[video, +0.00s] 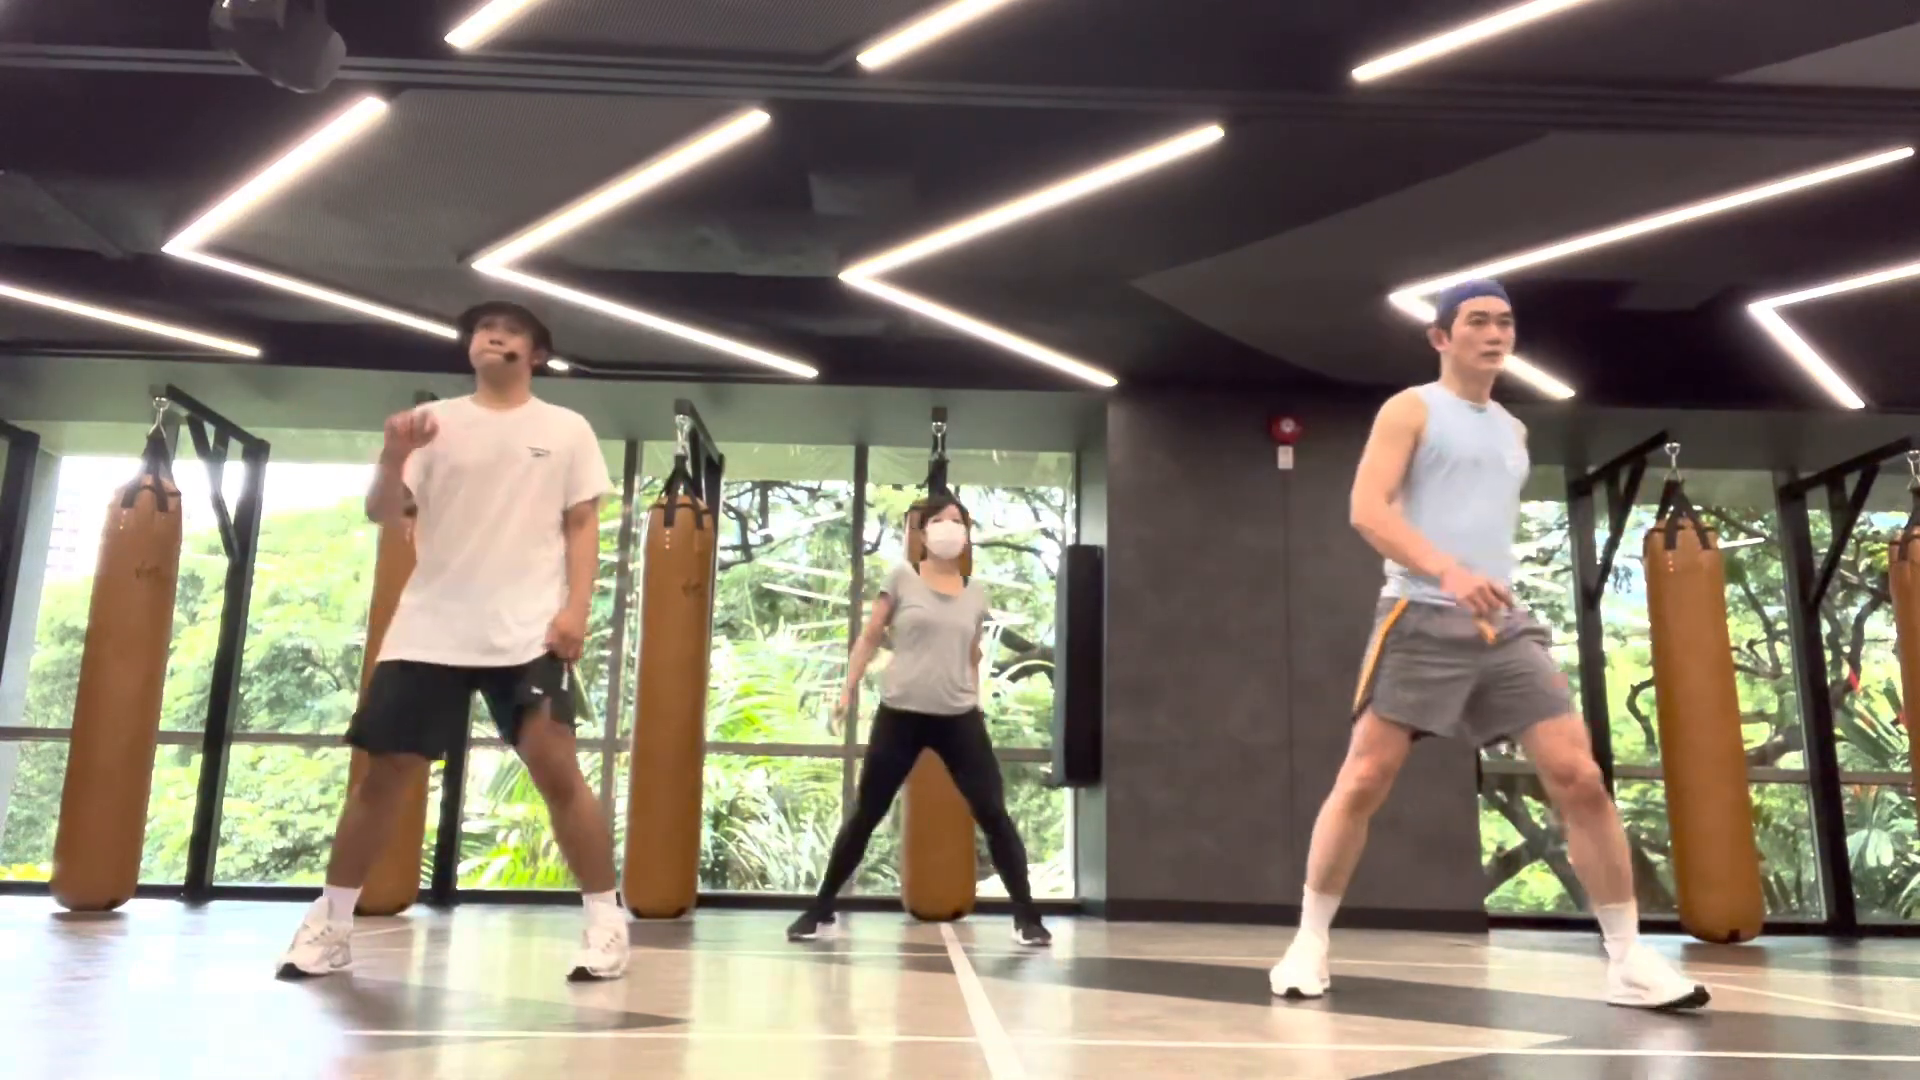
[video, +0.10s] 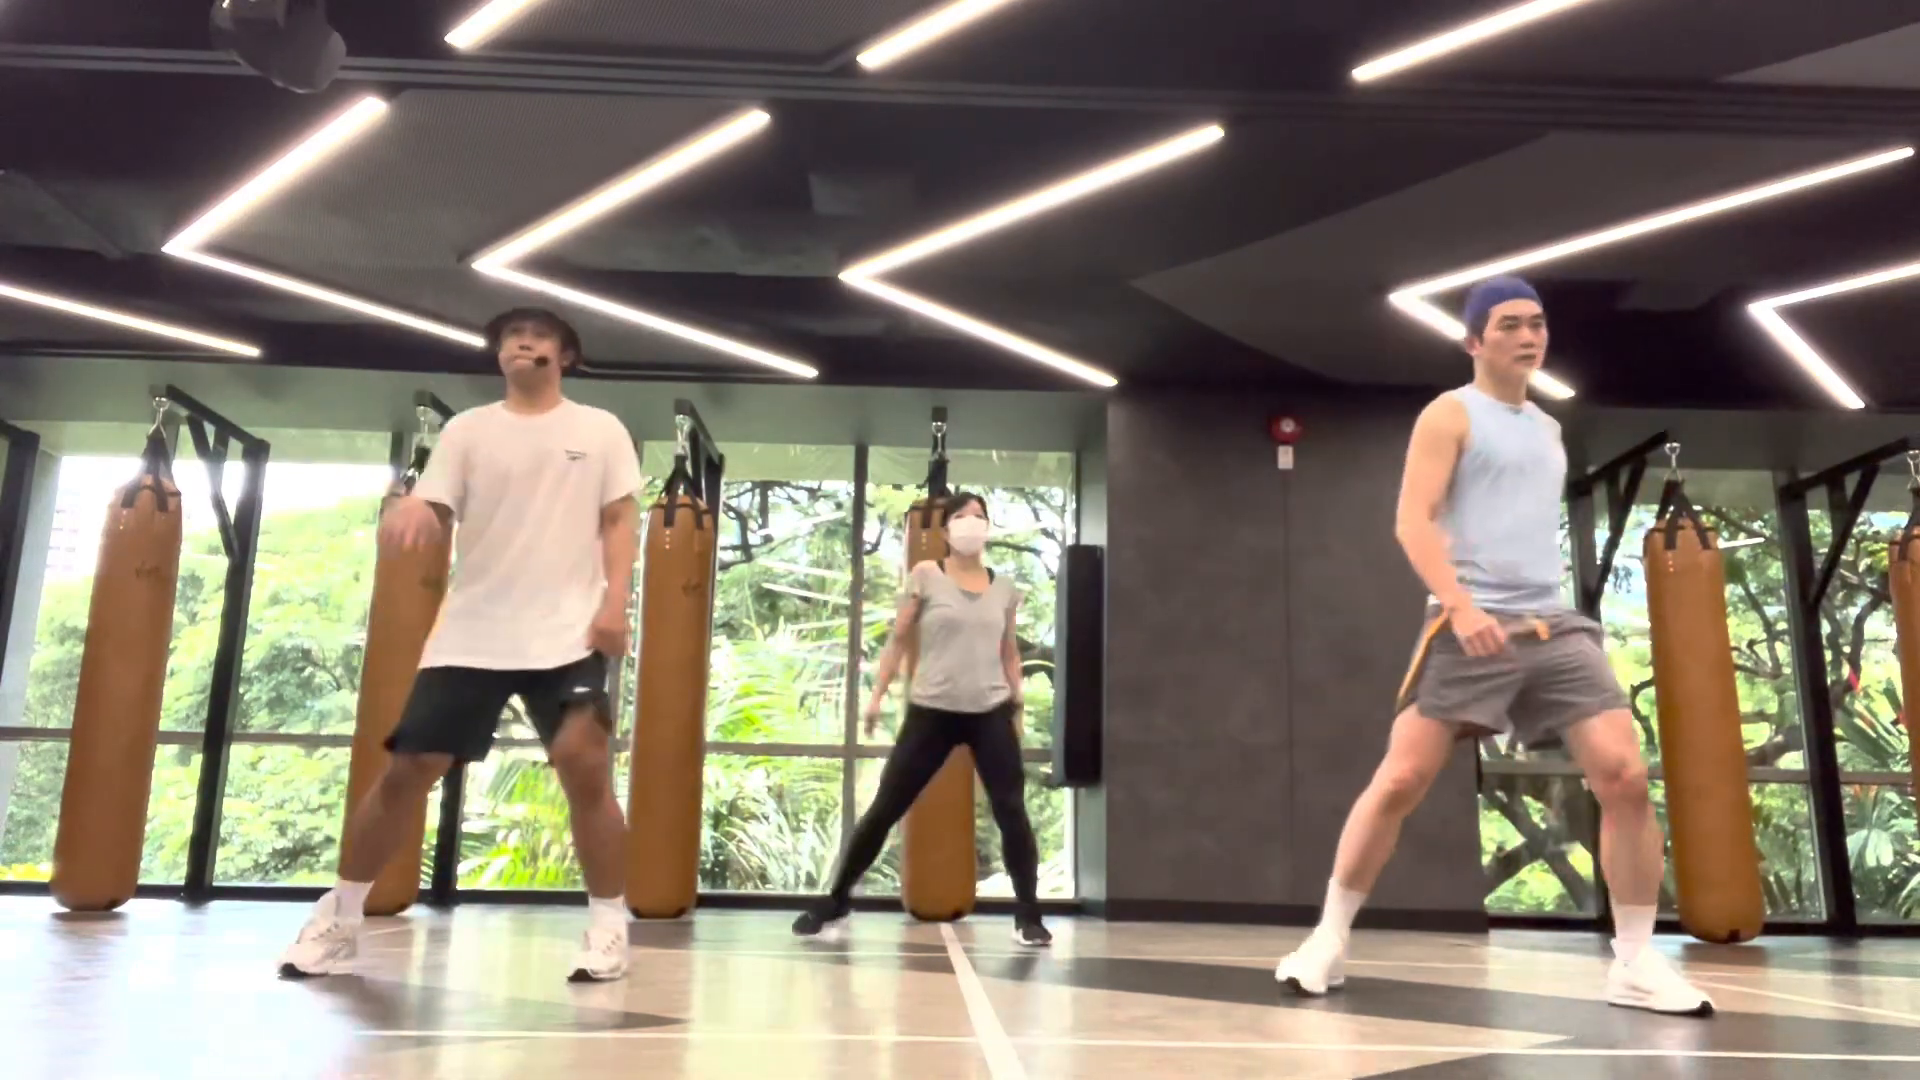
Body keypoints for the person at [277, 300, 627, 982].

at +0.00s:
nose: (496, 338)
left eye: (513, 331)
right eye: (485, 329)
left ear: (537, 354)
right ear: (467, 349)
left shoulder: (566, 430)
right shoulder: (431, 421)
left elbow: (582, 526)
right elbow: (382, 511)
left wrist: (576, 608)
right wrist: (395, 453)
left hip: (524, 630)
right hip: (429, 628)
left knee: (553, 765)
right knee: (381, 773)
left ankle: (606, 922)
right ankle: (330, 924)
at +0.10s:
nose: (527, 345)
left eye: (541, 336)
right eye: (515, 337)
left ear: (567, 356)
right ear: (497, 354)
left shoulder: (602, 429)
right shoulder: (466, 428)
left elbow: (619, 522)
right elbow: (431, 518)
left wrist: (616, 602)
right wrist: (407, 506)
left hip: (566, 629)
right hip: (471, 629)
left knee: (583, 761)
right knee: (405, 769)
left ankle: (609, 929)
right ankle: (339, 920)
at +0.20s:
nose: (548, 339)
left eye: (563, 330)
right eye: (536, 330)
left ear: (586, 348)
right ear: (519, 348)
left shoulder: (625, 421)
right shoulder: (490, 424)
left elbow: (660, 505)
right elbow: (469, 515)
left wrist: (658, 580)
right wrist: (431, 562)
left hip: (596, 618)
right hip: (503, 616)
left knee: (598, 751)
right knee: (438, 753)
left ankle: (609, 925)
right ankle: (390, 898)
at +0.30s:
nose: (563, 333)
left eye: (577, 323)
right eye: (551, 323)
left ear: (599, 339)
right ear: (534, 340)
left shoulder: (639, 413)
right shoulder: (503, 422)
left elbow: (680, 496)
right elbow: (488, 518)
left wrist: (673, 574)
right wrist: (456, 596)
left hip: (613, 612)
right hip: (520, 609)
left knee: (608, 746)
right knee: (485, 738)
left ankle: (609, 923)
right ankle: (468, 887)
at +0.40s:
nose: (571, 339)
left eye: (584, 330)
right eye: (559, 330)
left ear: (608, 347)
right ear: (542, 347)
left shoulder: (646, 418)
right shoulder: (511, 428)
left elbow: (686, 505)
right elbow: (500, 529)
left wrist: (669, 587)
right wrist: (475, 609)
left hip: (624, 611)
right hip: (533, 608)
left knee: (613, 752)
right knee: (537, 742)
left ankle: (610, 919)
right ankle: (537, 894)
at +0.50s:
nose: (574, 359)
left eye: (589, 349)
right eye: (563, 349)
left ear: (614, 364)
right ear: (547, 364)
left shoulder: (649, 437)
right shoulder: (520, 443)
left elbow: (685, 525)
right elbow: (510, 543)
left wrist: (663, 613)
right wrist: (482, 617)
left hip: (622, 625)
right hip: (537, 623)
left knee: (616, 753)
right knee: (550, 757)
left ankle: (612, 925)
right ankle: (563, 918)